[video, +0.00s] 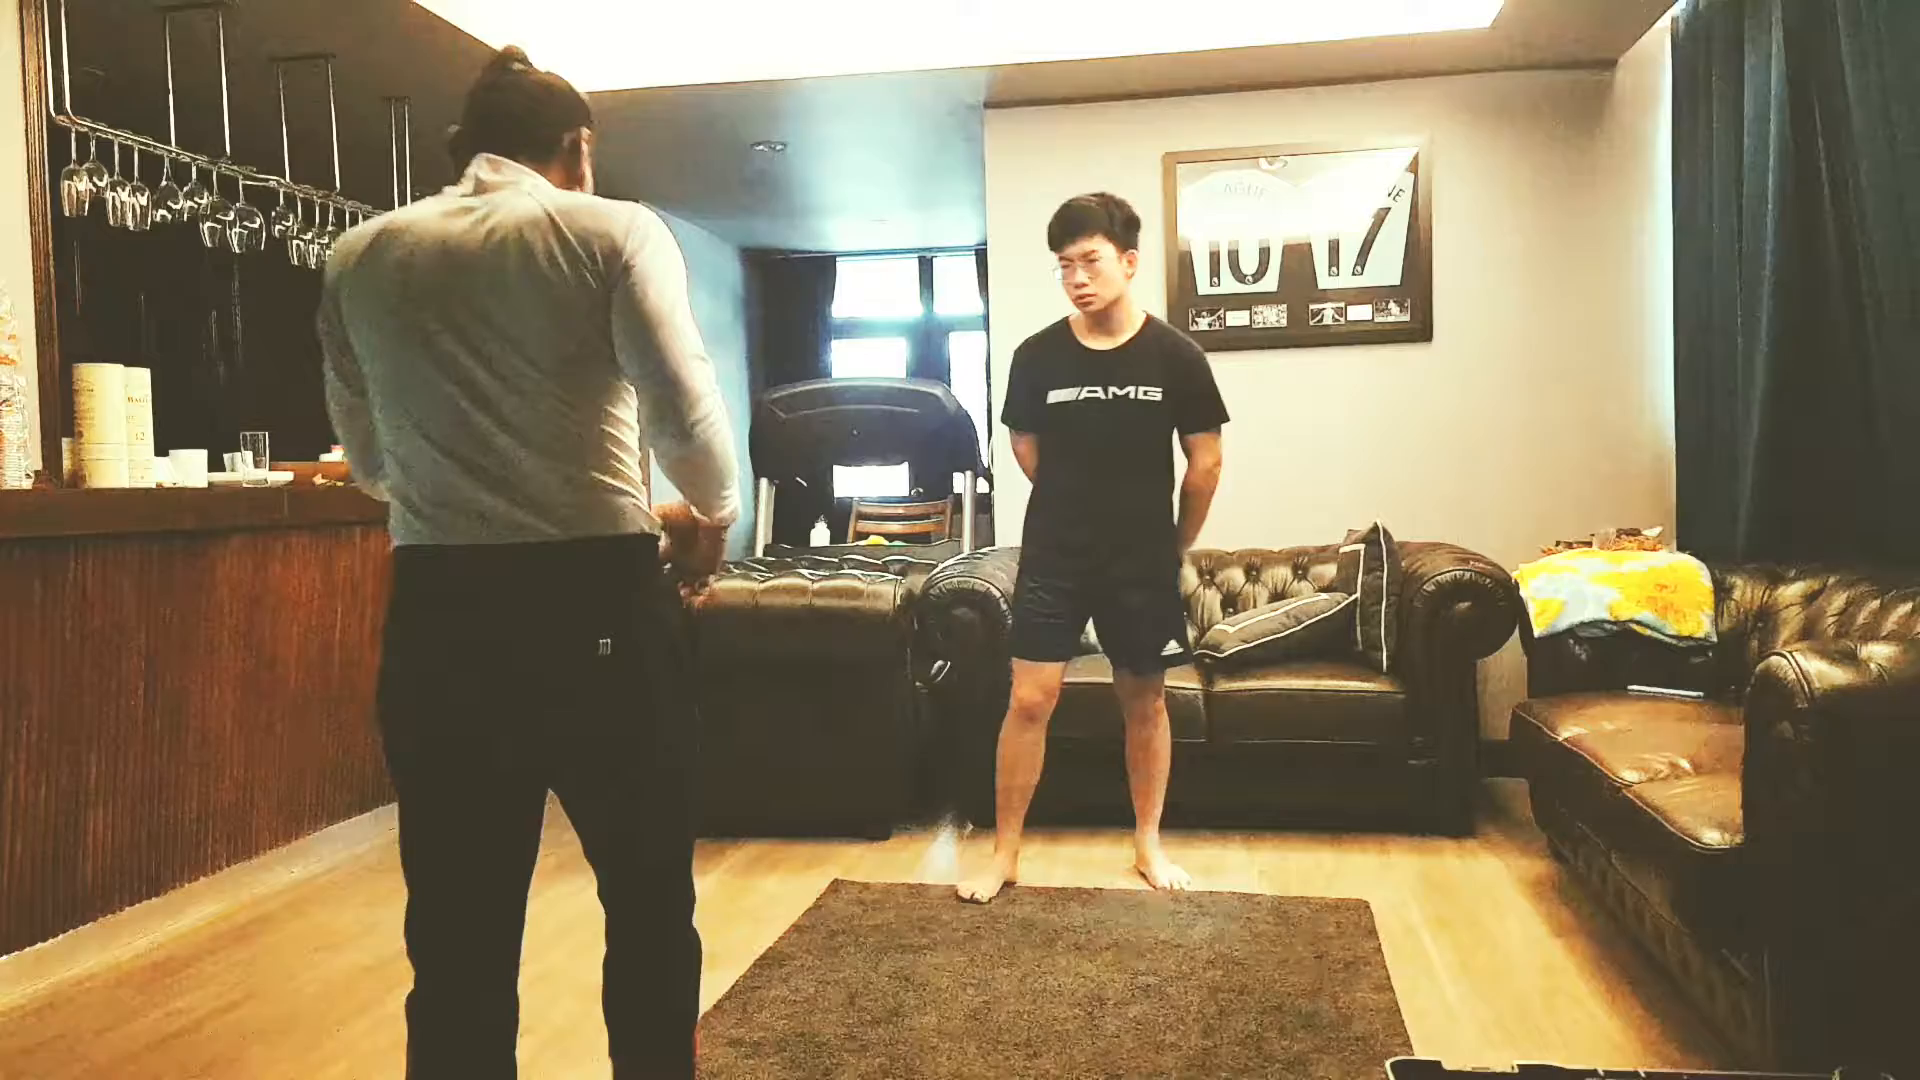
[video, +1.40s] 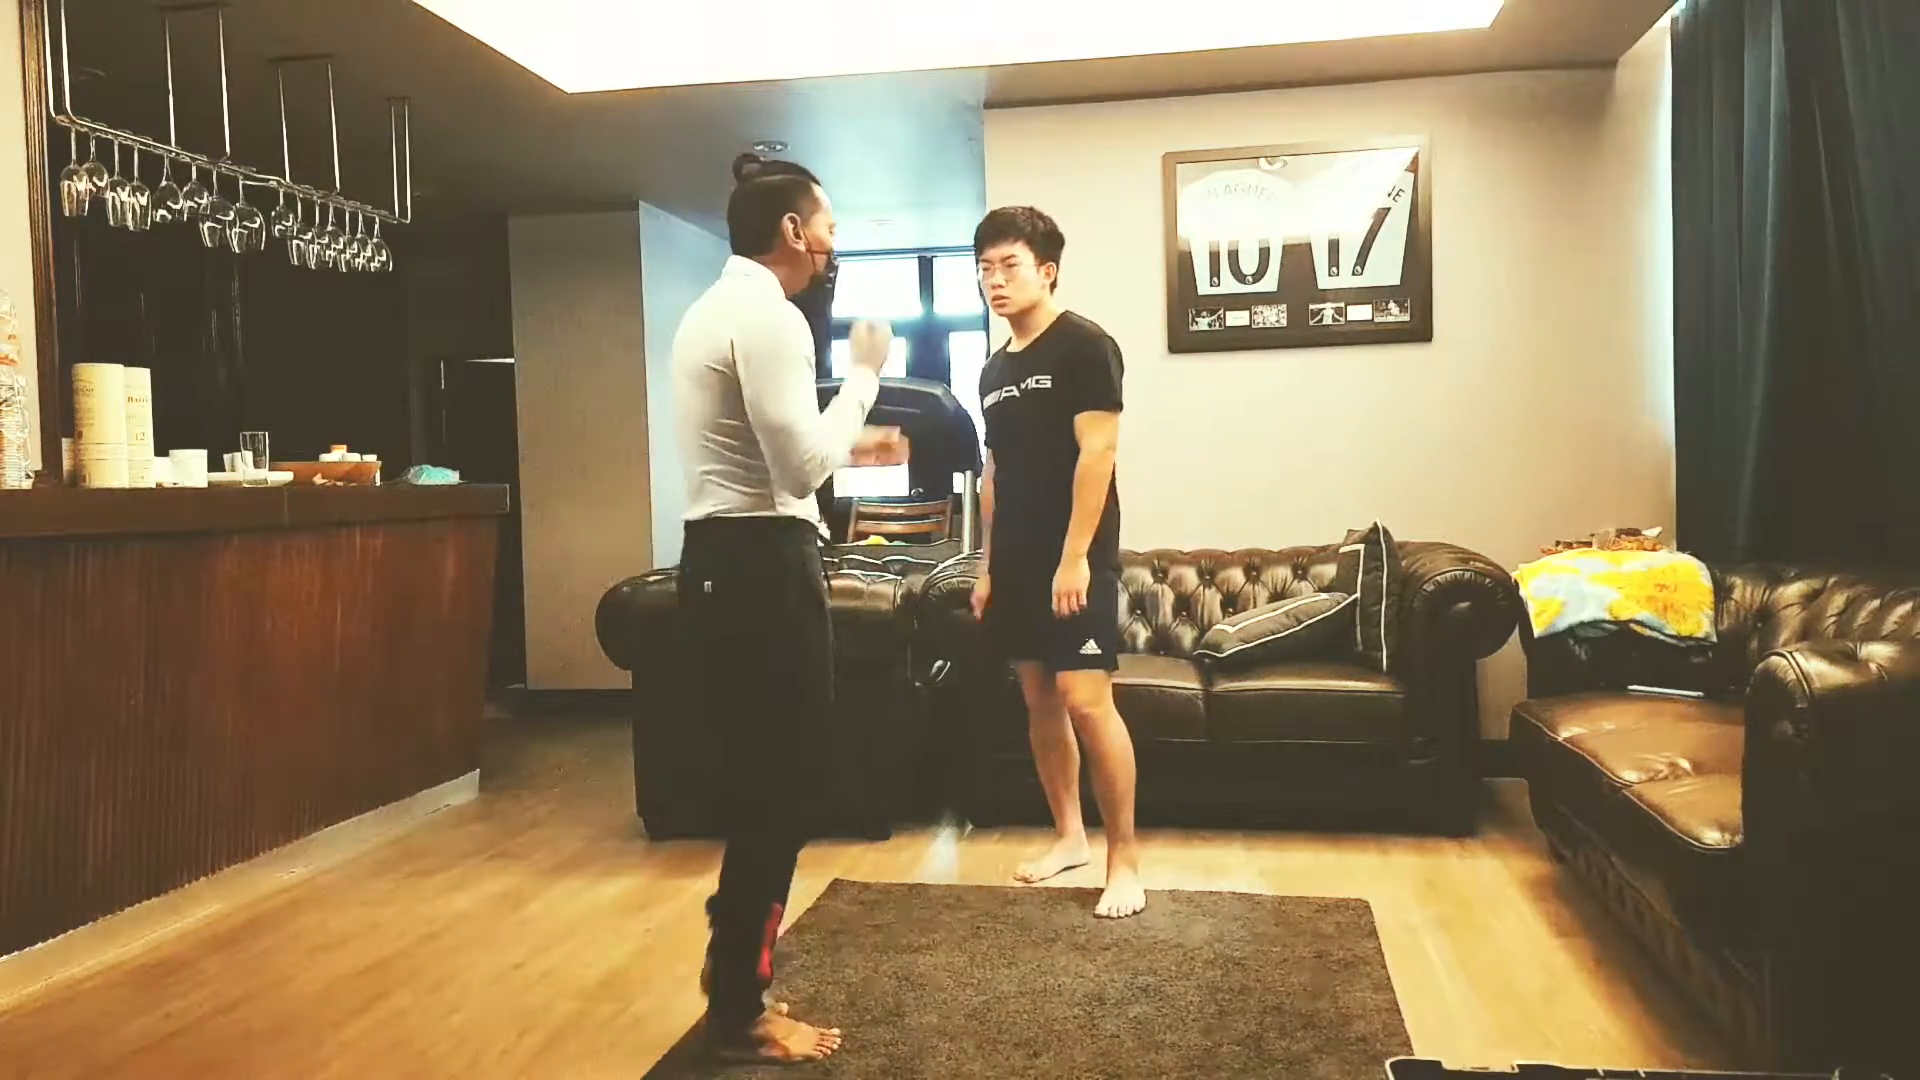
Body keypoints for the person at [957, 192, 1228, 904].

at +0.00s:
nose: (1077, 276)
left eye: (1091, 260)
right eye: (1065, 264)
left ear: (1131, 260)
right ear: (1057, 271)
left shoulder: (1177, 356)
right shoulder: (1036, 356)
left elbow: (1204, 465)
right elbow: (1027, 449)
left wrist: (1176, 544)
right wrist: (1074, 499)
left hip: (1140, 559)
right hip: (1052, 557)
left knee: (1145, 702)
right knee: (1028, 701)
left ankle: (1149, 848)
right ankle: (1004, 856)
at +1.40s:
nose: (995, 280)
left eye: (1010, 266)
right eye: (987, 269)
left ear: (1049, 270)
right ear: (982, 277)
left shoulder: (1086, 346)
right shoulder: (995, 368)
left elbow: (1098, 456)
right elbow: (996, 472)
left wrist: (1076, 557)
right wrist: (989, 565)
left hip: (1079, 550)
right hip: (1018, 551)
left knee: (1088, 701)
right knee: (1041, 698)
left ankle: (1124, 862)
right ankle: (1070, 842)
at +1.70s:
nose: (988, 278)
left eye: (1002, 264)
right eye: (979, 267)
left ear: (1041, 269)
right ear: (974, 276)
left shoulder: (1084, 346)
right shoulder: (985, 372)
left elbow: (1113, 447)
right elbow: (986, 467)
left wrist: (1062, 502)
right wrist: (969, 542)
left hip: (1076, 555)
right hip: (1012, 556)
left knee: (1084, 701)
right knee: (1038, 699)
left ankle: (1123, 859)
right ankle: (1070, 842)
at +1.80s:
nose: (987, 277)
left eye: (1002, 263)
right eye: (979, 266)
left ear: (1041, 267)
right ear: (975, 275)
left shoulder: (1087, 346)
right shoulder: (983, 370)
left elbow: (1111, 440)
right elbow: (985, 457)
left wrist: (1070, 419)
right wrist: (970, 514)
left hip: (1078, 553)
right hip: (1012, 554)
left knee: (1082, 699)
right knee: (1036, 694)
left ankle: (1124, 858)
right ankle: (1069, 842)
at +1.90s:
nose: (987, 275)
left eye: (1002, 261)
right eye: (980, 263)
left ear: (1043, 265)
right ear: (977, 273)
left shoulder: (1082, 340)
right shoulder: (984, 366)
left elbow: (1077, 429)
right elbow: (976, 453)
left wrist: (1070, 331)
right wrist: (972, 463)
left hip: (1075, 542)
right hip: (1013, 546)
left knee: (1076, 696)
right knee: (1037, 696)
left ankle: (1123, 853)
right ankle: (1069, 841)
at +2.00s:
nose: (983, 273)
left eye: (995, 259)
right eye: (980, 261)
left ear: (1041, 262)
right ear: (1002, 269)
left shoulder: (1083, 327)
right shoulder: (1000, 349)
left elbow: (1059, 381)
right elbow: (955, 447)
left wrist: (997, 301)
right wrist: (945, 394)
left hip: (1078, 537)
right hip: (1020, 537)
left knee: (1069, 696)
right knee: (1035, 694)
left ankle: (1126, 847)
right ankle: (1070, 838)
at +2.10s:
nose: (993, 272)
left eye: (1006, 258)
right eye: (988, 260)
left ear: (1053, 262)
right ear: (993, 269)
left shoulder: (1084, 322)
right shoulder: (996, 337)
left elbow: (1046, 385)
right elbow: (951, 378)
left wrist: (947, 350)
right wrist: (926, 326)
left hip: (1083, 534)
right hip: (1027, 535)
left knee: (1059, 693)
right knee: (1027, 691)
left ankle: (1127, 847)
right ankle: (1071, 841)